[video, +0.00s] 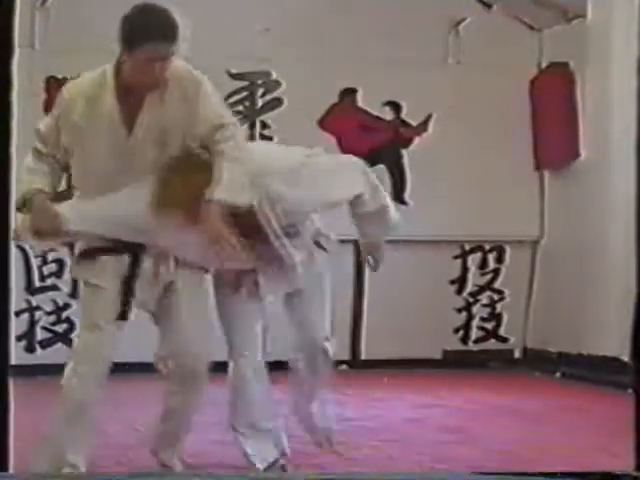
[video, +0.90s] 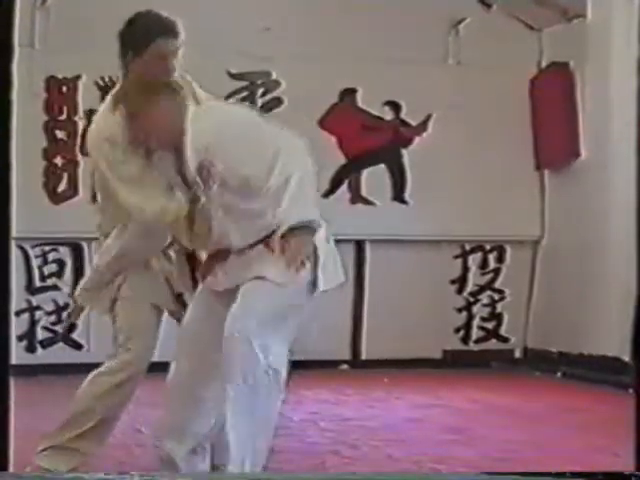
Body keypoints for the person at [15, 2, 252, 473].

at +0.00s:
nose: (162, 71)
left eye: (168, 60)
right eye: (151, 61)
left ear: (174, 53)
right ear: (125, 53)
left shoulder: (189, 86)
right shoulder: (79, 98)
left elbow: (230, 138)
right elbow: (44, 156)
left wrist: (218, 204)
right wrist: (38, 200)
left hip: (179, 243)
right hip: (106, 244)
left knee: (193, 357)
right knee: (91, 357)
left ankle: (169, 448)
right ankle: (67, 462)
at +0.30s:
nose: (105, 80)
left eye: (111, 68)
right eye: (93, 72)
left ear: (121, 60)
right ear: (69, 68)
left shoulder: (139, 84)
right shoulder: (37, 117)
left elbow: (164, 141)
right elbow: (21, 186)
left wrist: (145, 201)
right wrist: (20, 240)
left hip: (147, 241)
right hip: (79, 246)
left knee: (179, 345)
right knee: (66, 352)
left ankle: (175, 451)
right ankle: (35, 453)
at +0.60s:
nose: (130, 84)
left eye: (134, 73)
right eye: (120, 75)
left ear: (141, 69)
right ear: (92, 76)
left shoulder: (155, 101)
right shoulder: (68, 134)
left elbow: (148, 152)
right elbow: (52, 220)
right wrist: (59, 289)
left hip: (159, 237)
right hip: (97, 248)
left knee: (199, 337)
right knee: (94, 350)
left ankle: (186, 446)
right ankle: (49, 455)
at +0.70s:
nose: (147, 82)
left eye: (149, 71)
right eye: (135, 75)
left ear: (152, 64)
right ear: (106, 78)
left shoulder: (174, 100)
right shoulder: (86, 135)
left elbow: (182, 176)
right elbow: (87, 221)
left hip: (171, 245)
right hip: (107, 254)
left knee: (200, 341)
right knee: (99, 359)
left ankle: (186, 444)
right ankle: (47, 456)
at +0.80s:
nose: (161, 73)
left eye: (163, 63)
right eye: (150, 65)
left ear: (166, 61)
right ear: (120, 68)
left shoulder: (175, 96)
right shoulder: (100, 132)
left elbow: (227, 123)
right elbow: (118, 218)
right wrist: (172, 259)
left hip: (190, 246)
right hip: (128, 254)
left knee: (216, 344)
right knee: (120, 358)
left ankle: (201, 456)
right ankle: (53, 461)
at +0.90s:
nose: (173, 65)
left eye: (175, 55)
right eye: (163, 57)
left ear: (178, 54)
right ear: (132, 59)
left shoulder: (183, 93)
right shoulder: (108, 130)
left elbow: (222, 143)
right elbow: (143, 207)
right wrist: (200, 216)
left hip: (189, 243)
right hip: (133, 253)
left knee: (217, 341)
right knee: (133, 357)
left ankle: (217, 453)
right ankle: (59, 458)